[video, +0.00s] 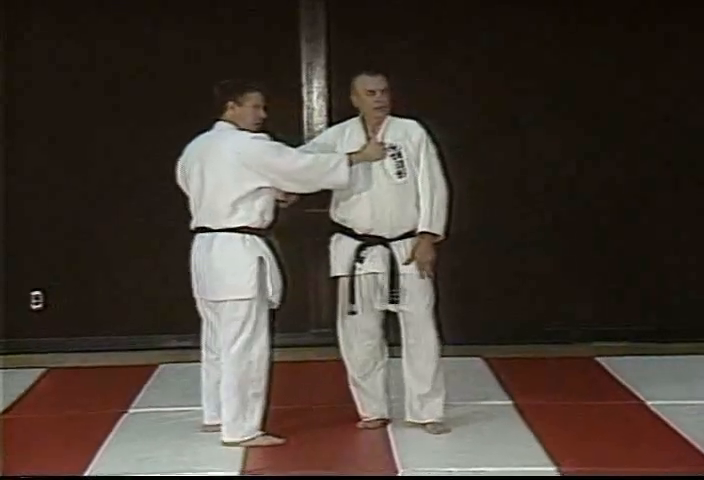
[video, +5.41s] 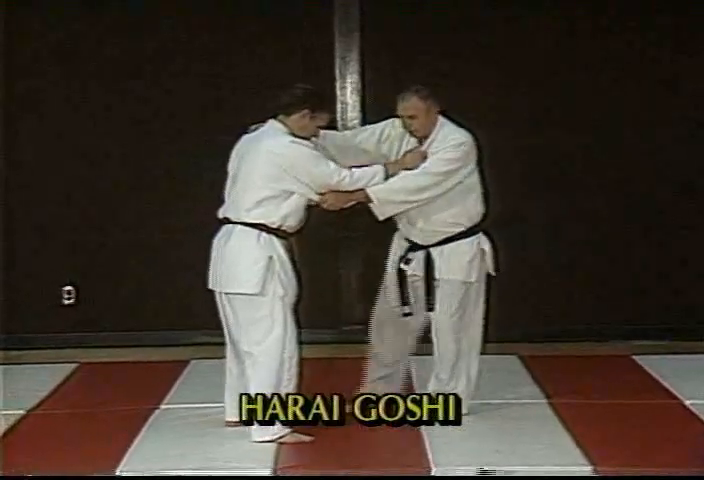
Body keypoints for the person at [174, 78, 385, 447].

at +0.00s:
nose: (262, 114)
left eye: (262, 107)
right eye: (256, 108)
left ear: (229, 112)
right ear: (232, 108)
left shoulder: (195, 148)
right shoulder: (250, 146)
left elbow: (190, 185)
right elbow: (301, 167)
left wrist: (269, 196)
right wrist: (358, 156)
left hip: (203, 249)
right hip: (239, 251)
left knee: (214, 340)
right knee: (244, 344)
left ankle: (214, 415)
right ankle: (240, 429)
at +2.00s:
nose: (264, 129)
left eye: (266, 122)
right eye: (263, 121)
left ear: (232, 115)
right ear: (244, 115)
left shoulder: (195, 145)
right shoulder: (242, 150)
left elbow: (179, 176)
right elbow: (296, 170)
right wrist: (359, 162)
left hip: (185, 251)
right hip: (221, 255)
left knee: (198, 345)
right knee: (234, 346)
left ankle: (202, 417)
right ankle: (237, 431)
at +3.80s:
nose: (277, 124)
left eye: (278, 117)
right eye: (275, 116)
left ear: (240, 113)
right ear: (259, 113)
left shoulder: (207, 144)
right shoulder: (255, 151)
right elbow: (311, 169)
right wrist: (365, 155)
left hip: (202, 248)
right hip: (236, 252)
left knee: (213, 341)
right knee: (247, 342)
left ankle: (212, 412)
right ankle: (242, 429)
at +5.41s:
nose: (319, 132)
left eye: (322, 126)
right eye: (317, 124)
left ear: (291, 114)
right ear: (302, 115)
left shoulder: (251, 139)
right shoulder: (288, 150)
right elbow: (339, 181)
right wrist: (395, 167)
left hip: (228, 245)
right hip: (257, 252)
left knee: (241, 338)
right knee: (271, 341)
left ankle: (238, 411)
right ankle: (269, 425)